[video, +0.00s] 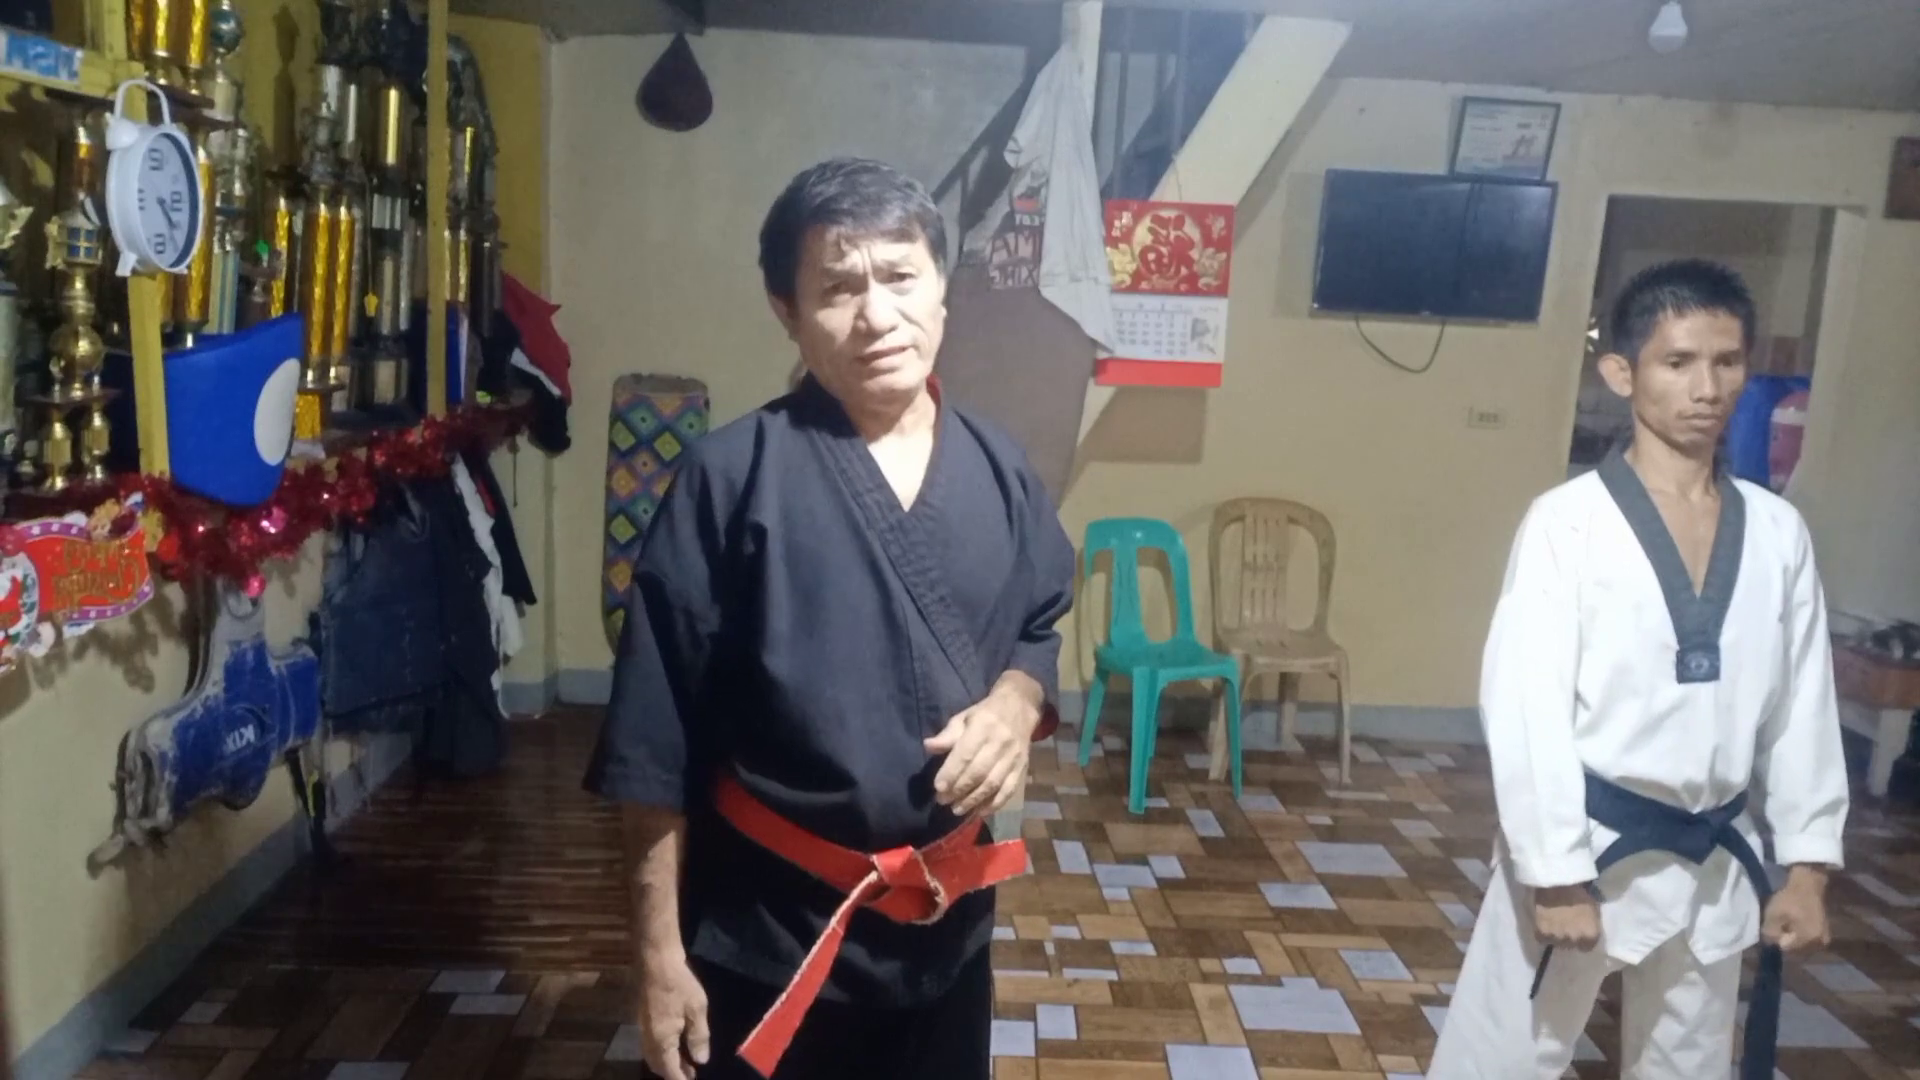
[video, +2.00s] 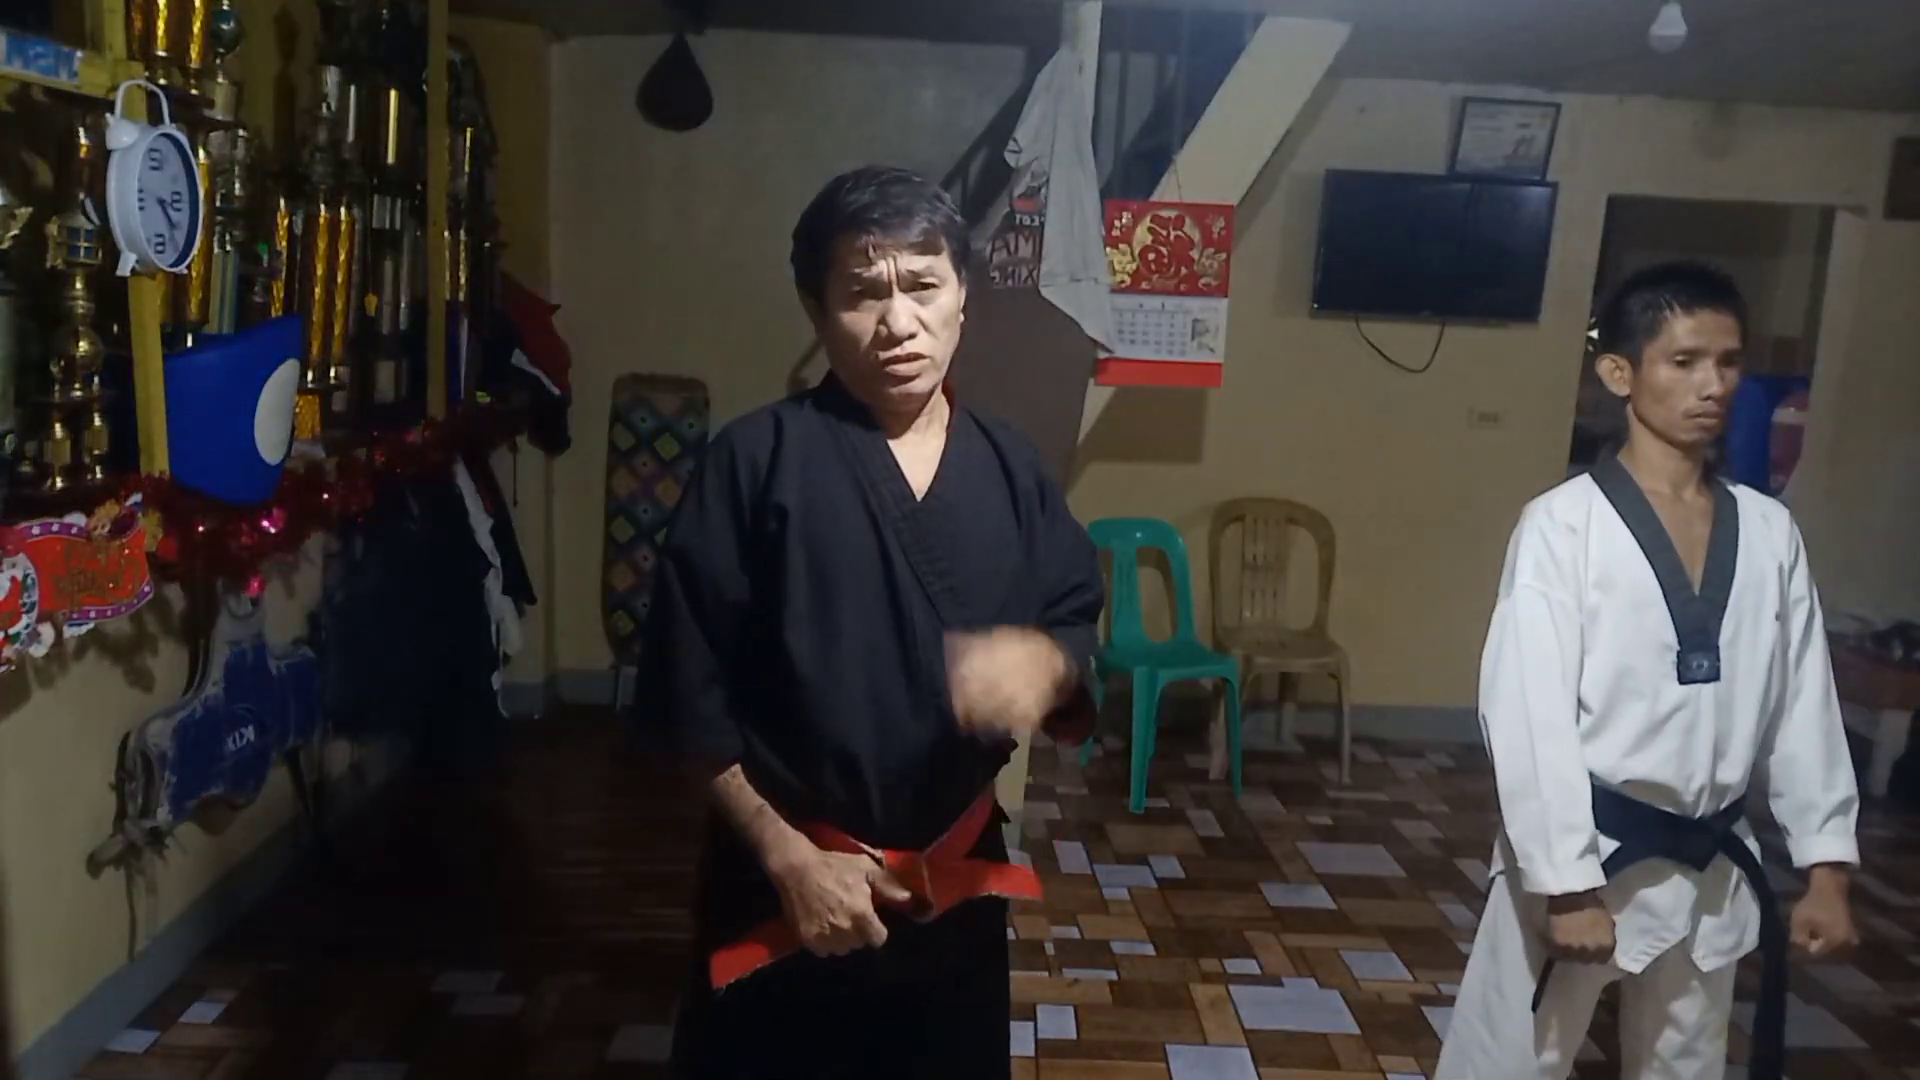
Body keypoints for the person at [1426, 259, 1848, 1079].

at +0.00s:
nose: (1708, 387)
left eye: (1726, 361)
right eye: (1679, 361)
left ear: (1746, 370)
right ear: (1620, 374)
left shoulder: (1778, 530)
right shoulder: (1565, 523)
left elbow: (1805, 704)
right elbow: (1524, 702)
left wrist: (1808, 864)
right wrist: (1556, 871)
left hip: (1718, 862)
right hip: (1579, 857)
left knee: (1688, 1069)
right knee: (1505, 1062)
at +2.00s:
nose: (1714, 386)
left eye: (1727, 362)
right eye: (1685, 362)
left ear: (1741, 370)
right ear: (1618, 375)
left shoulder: (1769, 530)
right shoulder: (1561, 526)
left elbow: (1803, 703)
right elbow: (1529, 711)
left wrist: (1827, 867)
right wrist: (1569, 885)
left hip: (1710, 869)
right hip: (1578, 864)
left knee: (1684, 1069)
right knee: (1517, 1065)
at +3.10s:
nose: (1714, 390)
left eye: (1728, 366)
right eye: (1686, 366)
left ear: (1741, 373)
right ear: (1618, 377)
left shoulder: (1770, 531)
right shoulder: (1564, 529)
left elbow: (1805, 704)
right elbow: (1534, 713)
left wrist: (1828, 868)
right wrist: (1579, 887)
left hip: (1720, 872)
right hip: (1585, 867)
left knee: (1694, 1069)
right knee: (1527, 1065)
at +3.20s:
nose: (1713, 390)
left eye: (1728, 367)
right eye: (1685, 366)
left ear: (1742, 373)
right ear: (1617, 377)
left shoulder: (1770, 531)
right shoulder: (1563, 529)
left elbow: (1805, 704)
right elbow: (1533, 714)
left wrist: (1826, 866)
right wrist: (1577, 887)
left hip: (1718, 875)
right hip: (1584, 870)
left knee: (1692, 1069)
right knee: (1525, 1065)